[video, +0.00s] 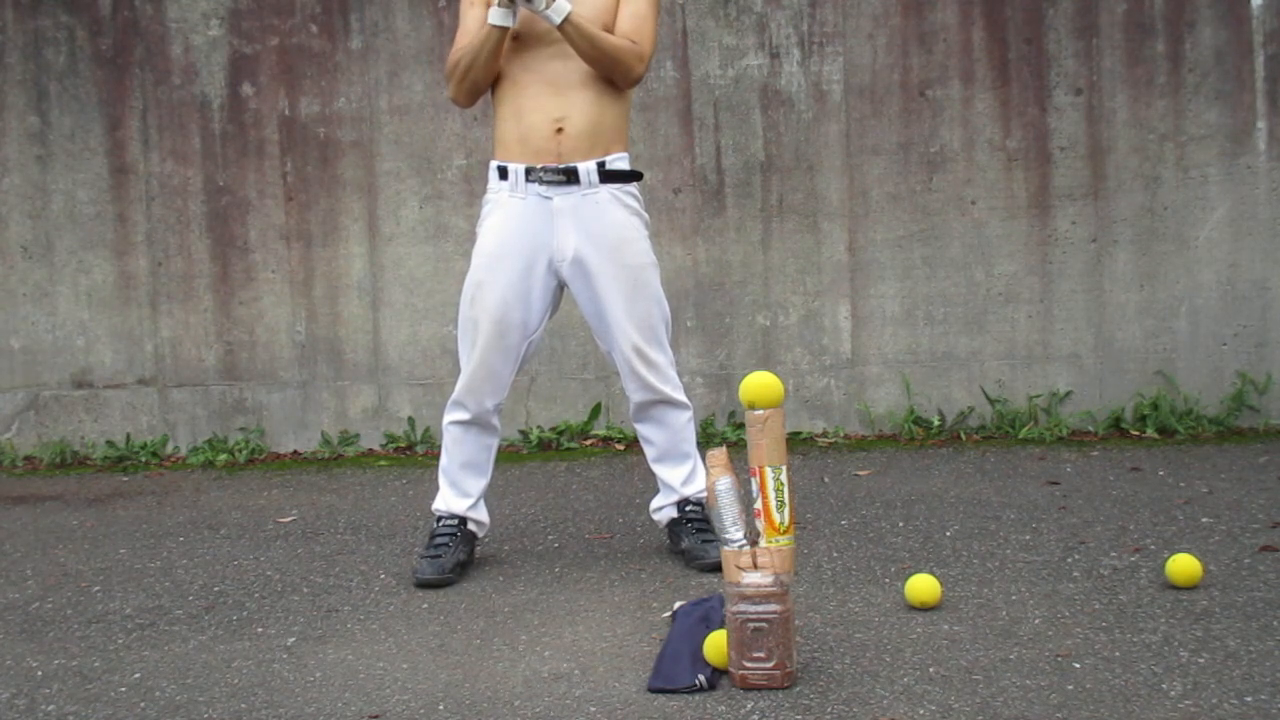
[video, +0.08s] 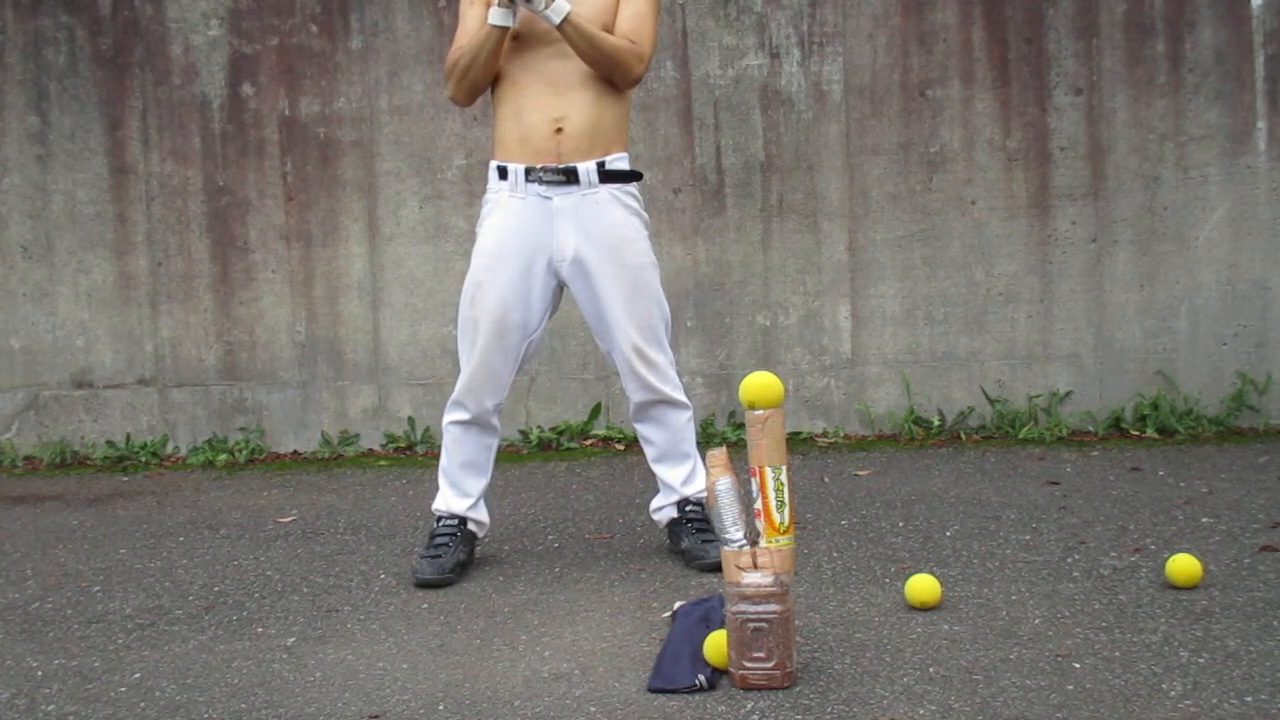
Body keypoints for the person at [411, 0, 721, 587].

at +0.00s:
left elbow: (630, 68)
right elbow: (462, 90)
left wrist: (561, 15)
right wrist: (500, 16)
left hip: (606, 195)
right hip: (514, 197)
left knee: (647, 363)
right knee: (481, 372)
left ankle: (686, 507)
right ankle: (455, 517)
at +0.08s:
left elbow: (629, 69)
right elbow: (461, 88)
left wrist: (560, 15)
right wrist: (500, 16)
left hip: (606, 195)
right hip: (513, 197)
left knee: (647, 363)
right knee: (480, 373)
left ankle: (686, 507)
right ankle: (455, 517)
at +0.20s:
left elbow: (629, 68)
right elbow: (460, 88)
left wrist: (560, 15)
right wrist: (499, 16)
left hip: (605, 195)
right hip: (513, 197)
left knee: (647, 362)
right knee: (480, 373)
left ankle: (686, 507)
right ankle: (455, 517)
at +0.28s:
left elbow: (629, 69)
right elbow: (460, 87)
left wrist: (560, 15)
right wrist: (499, 16)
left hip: (605, 195)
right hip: (513, 197)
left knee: (647, 362)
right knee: (480, 372)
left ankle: (686, 507)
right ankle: (455, 517)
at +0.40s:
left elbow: (628, 69)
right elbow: (460, 88)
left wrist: (560, 15)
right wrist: (500, 16)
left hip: (605, 195)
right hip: (513, 197)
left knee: (647, 362)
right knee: (480, 373)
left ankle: (686, 507)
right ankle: (455, 517)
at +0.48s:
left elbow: (628, 70)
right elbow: (461, 89)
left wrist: (560, 15)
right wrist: (500, 17)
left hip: (605, 195)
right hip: (513, 198)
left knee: (647, 363)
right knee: (480, 373)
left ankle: (686, 507)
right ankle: (455, 517)